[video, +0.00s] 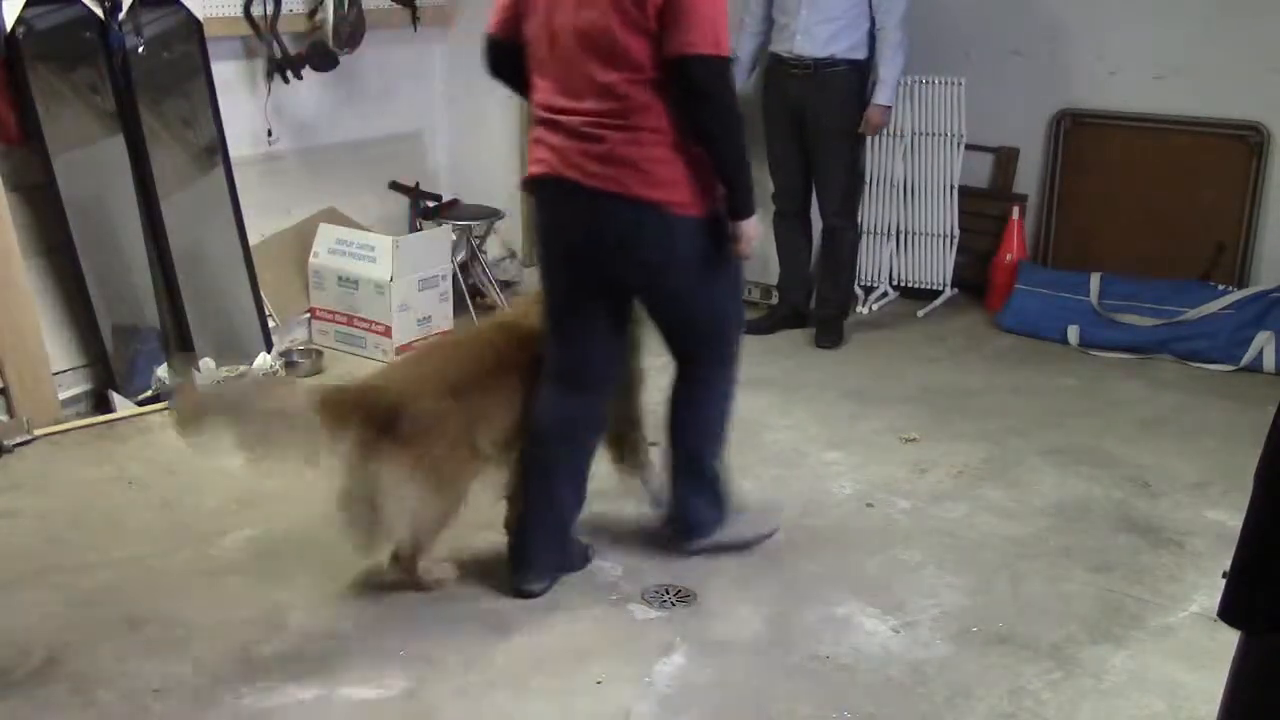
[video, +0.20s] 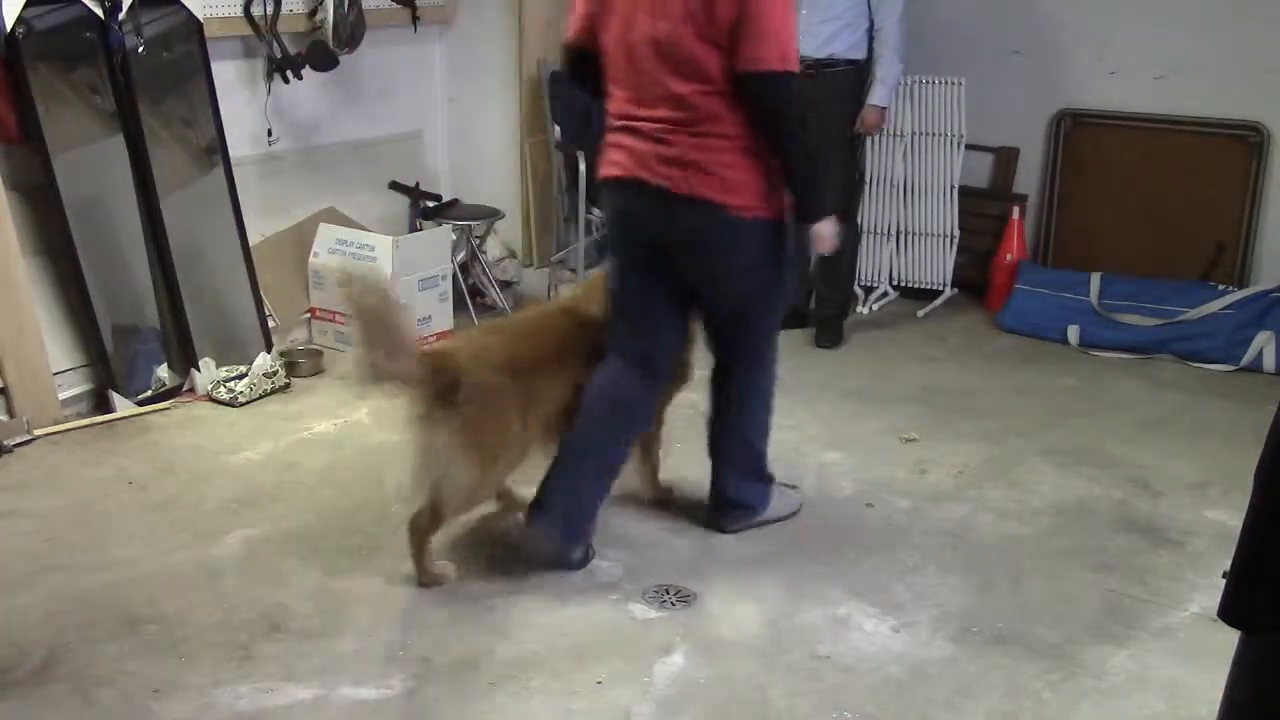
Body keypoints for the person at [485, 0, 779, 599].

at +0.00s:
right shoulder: (687, 1)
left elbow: (501, 52)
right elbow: (698, 75)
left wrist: (572, 103)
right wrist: (740, 202)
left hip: (560, 181)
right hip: (656, 189)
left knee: (577, 371)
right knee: (710, 345)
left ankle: (538, 553)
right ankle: (697, 514)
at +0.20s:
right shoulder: (759, 4)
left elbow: (580, 56)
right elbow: (766, 80)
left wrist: (642, 119)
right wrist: (814, 204)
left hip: (631, 177)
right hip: (728, 188)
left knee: (637, 358)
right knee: (748, 348)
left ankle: (557, 528)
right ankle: (740, 495)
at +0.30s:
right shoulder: (792, 3)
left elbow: (616, 45)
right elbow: (810, 76)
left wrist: (674, 104)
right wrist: (856, 194)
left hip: (668, 170)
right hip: (761, 179)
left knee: (695, 333)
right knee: (767, 346)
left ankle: (610, 470)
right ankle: (743, 496)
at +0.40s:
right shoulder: (824, 2)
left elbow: (645, 39)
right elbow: (842, 68)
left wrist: (703, 75)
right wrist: (899, 174)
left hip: (696, 156)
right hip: (786, 167)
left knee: (726, 316)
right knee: (774, 337)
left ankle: (684, 463)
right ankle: (746, 494)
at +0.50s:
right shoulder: (851, 1)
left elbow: (677, 50)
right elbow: (876, 67)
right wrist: (926, 163)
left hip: (719, 152)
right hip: (805, 161)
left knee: (776, 306)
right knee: (783, 330)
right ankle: (746, 498)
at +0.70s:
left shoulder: (765, 2)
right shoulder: (895, 2)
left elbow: (735, 49)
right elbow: (914, 77)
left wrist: (795, 84)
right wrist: (966, 174)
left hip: (778, 154)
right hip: (857, 165)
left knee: (837, 304)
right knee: (809, 327)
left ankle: (845, 424)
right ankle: (750, 489)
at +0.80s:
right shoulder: (913, 3)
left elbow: (764, 46)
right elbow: (925, 69)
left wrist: (824, 81)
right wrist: (970, 172)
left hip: (802, 152)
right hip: (880, 163)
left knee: (840, 302)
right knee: (873, 315)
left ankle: (852, 424)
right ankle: (778, 450)